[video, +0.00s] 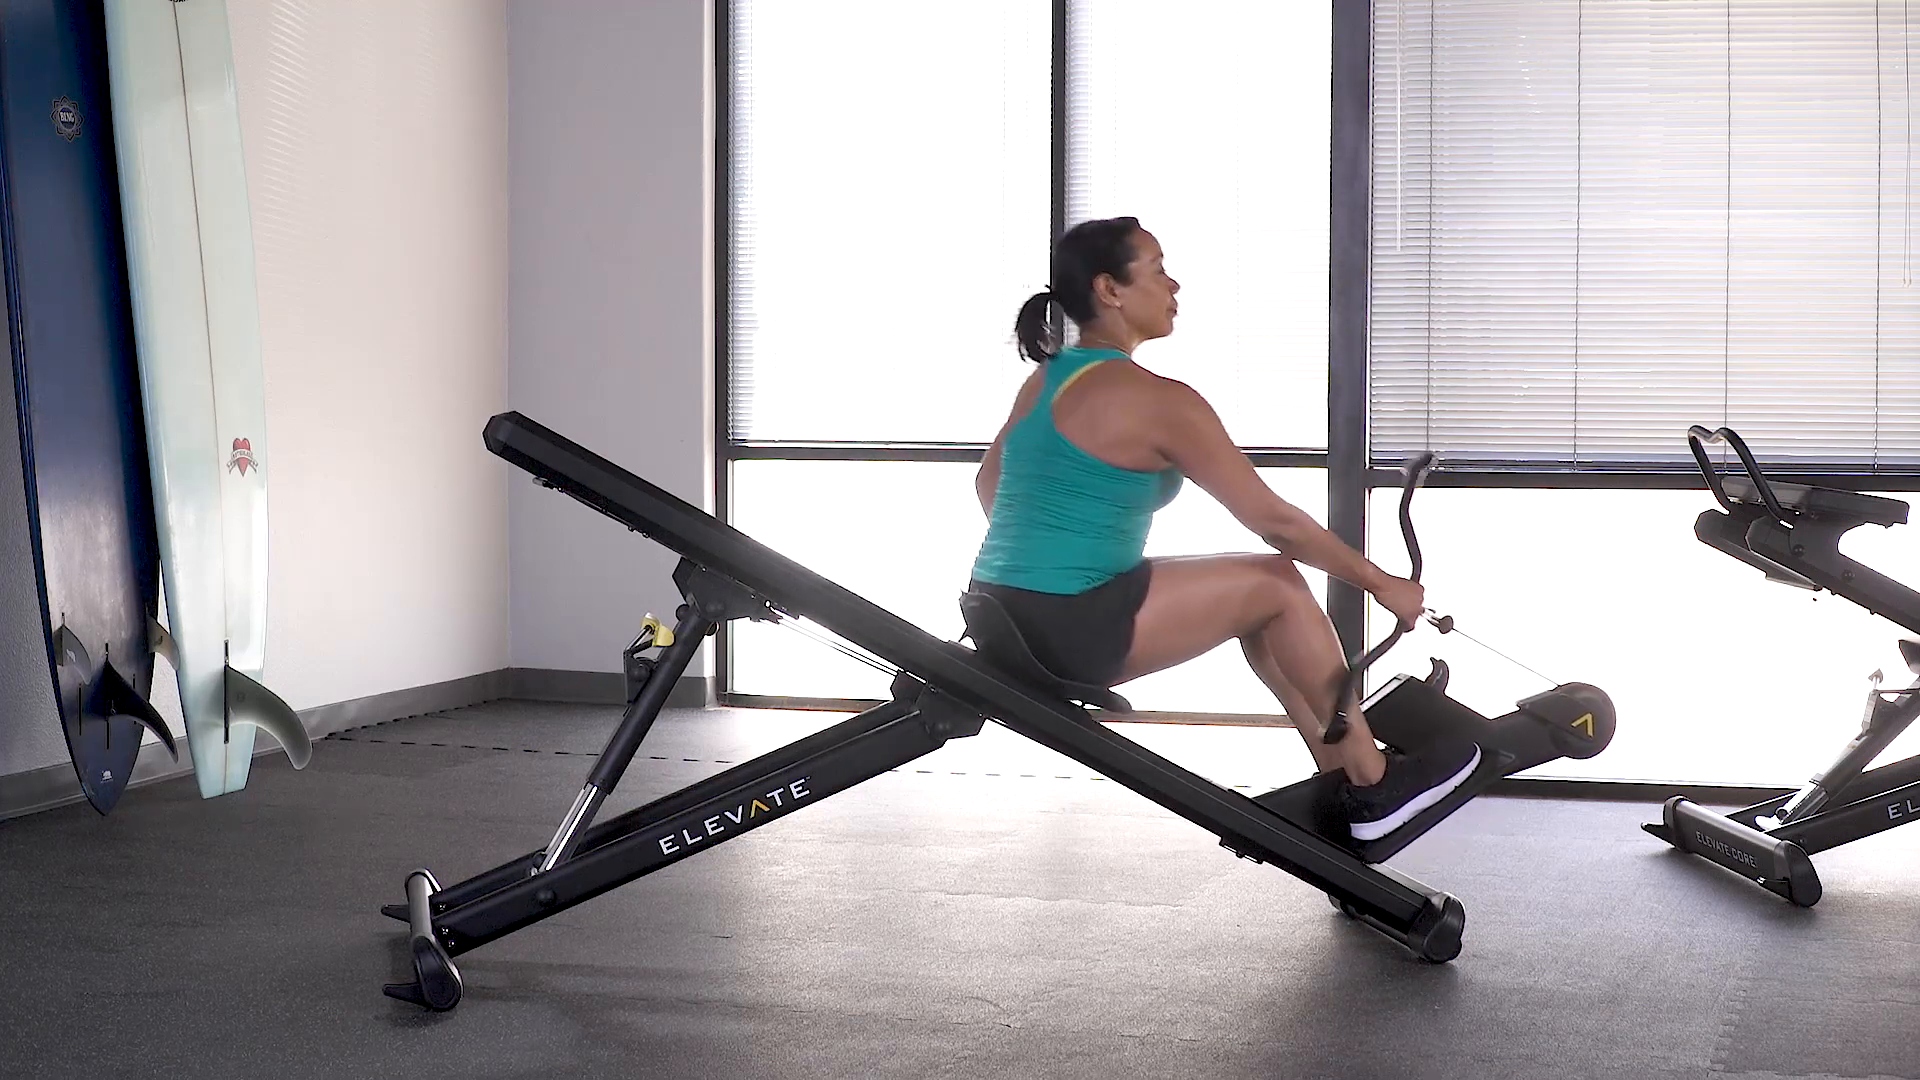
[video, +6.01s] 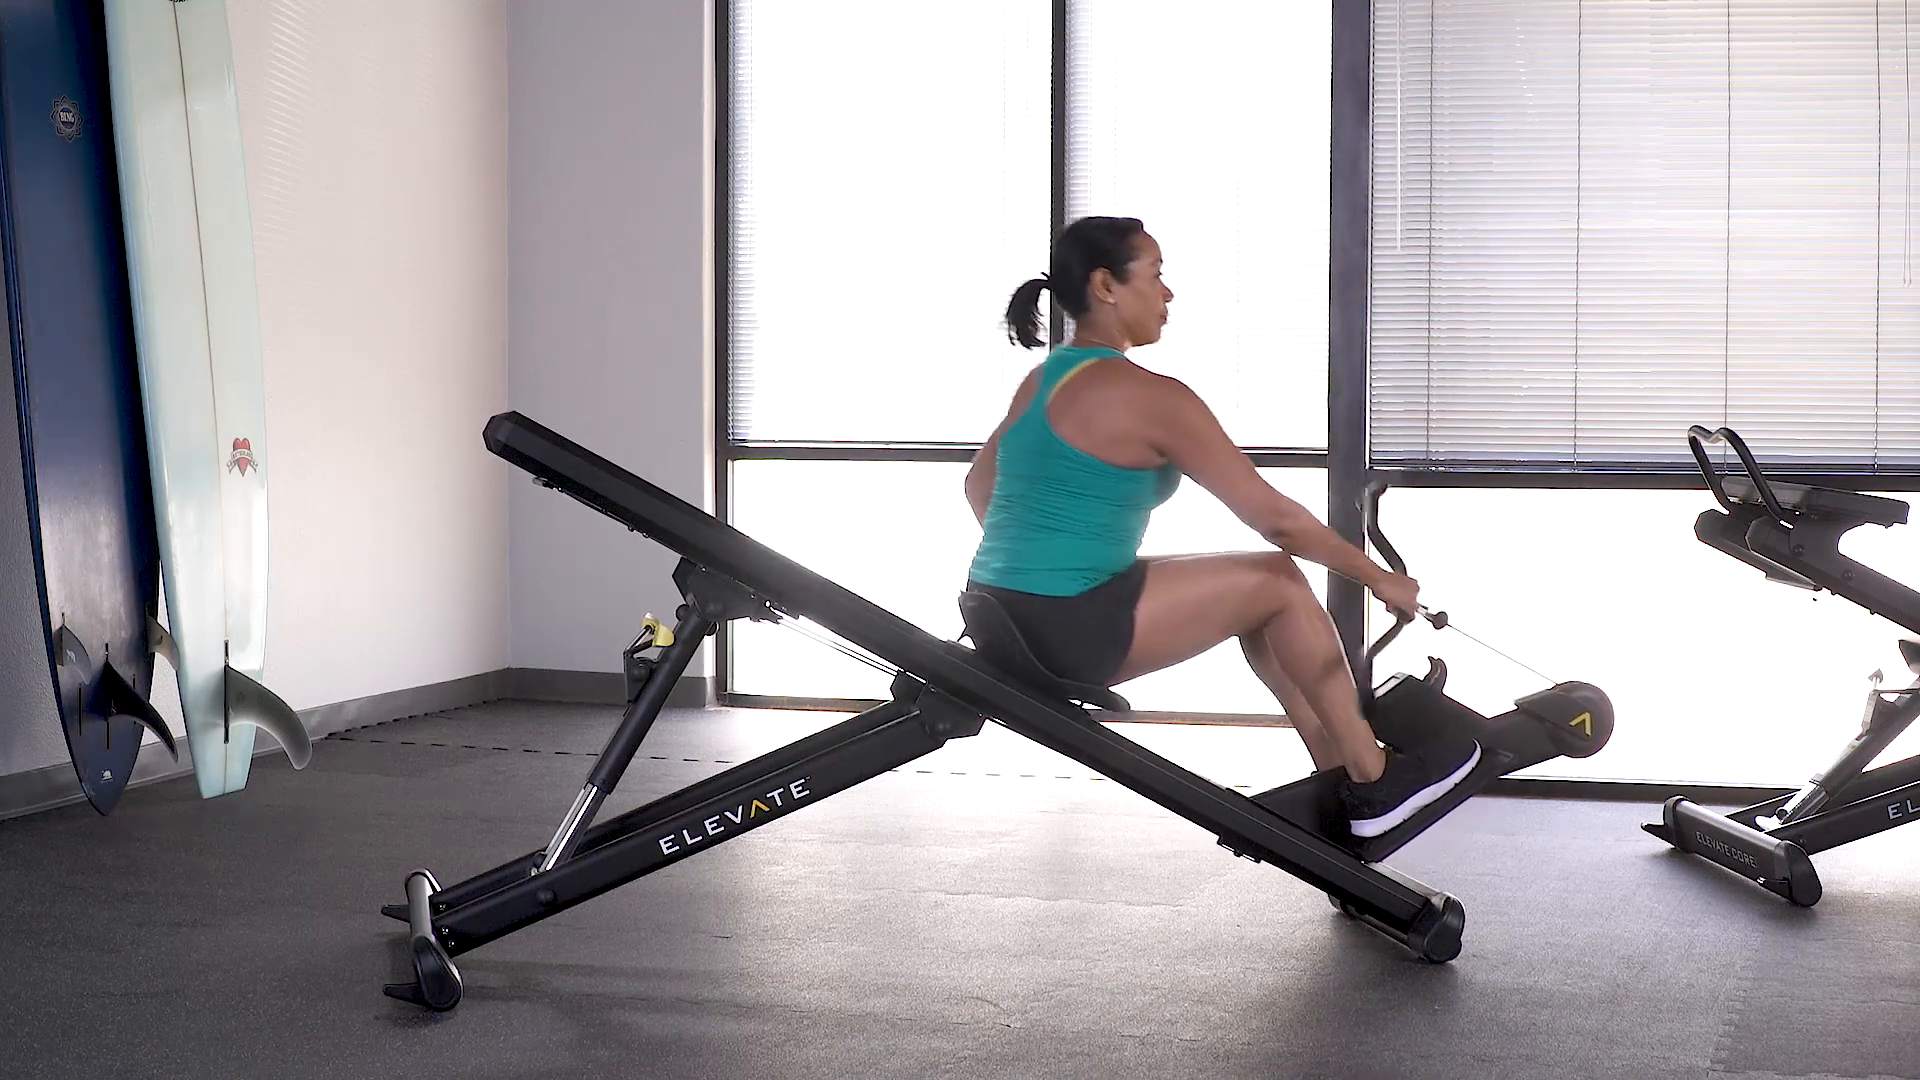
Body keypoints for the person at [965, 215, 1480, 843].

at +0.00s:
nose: (1174, 286)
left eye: (1166, 271)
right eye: (1159, 273)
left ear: (1102, 294)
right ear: (1109, 292)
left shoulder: (1047, 379)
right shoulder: (1164, 403)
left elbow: (990, 482)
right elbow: (1274, 521)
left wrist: (1046, 556)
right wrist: (1381, 582)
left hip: (997, 610)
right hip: (1071, 624)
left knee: (1258, 584)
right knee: (1280, 582)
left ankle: (1335, 763)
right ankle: (1374, 777)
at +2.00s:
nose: (1169, 291)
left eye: (1163, 273)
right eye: (1155, 274)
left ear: (1097, 290)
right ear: (1104, 288)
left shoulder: (1045, 376)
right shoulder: (1150, 394)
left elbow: (987, 483)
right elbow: (1262, 514)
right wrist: (1369, 576)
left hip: (995, 606)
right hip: (1064, 619)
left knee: (1253, 583)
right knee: (1276, 581)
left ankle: (1331, 760)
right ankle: (1369, 773)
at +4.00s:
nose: (1164, 293)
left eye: (1159, 276)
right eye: (1151, 276)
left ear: (1092, 287)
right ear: (1101, 285)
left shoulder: (1039, 374)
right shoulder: (1145, 394)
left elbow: (975, 485)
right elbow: (1264, 510)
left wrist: (1035, 553)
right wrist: (1371, 570)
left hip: (995, 605)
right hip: (1062, 618)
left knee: (1251, 584)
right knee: (1274, 582)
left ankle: (1332, 760)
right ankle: (1371, 776)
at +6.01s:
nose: (1168, 293)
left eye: (1162, 276)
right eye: (1155, 276)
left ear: (1097, 290)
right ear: (1105, 288)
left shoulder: (1044, 378)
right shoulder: (1157, 400)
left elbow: (980, 485)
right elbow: (1277, 520)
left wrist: (1039, 560)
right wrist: (1378, 576)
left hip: (996, 608)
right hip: (1066, 622)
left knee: (1257, 581)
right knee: (1281, 580)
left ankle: (1335, 762)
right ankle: (1372, 771)